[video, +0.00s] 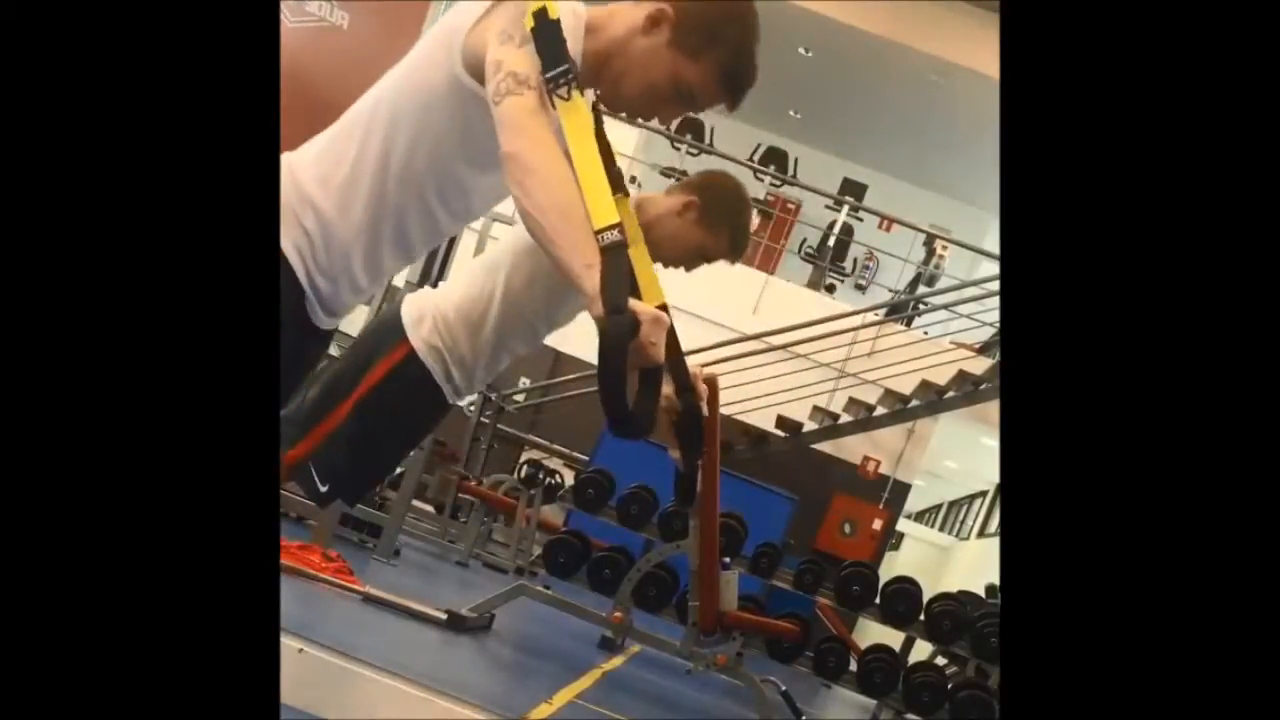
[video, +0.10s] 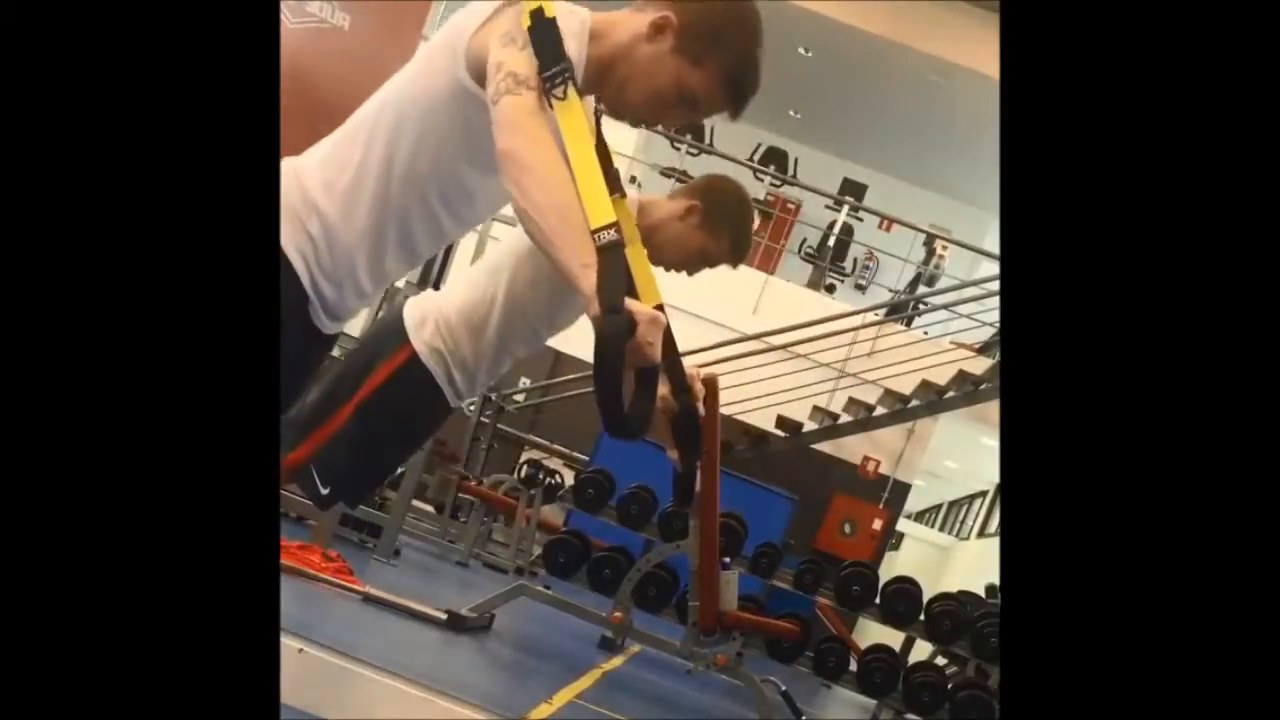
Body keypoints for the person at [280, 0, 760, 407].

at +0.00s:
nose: (668, 119)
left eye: (685, 113)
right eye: (681, 96)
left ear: (654, 20)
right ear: (657, 19)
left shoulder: (568, 92)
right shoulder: (525, 16)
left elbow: (608, 223)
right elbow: (525, 137)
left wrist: (665, 366)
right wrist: (608, 296)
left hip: (322, 305)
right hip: (288, 252)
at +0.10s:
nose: (675, 128)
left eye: (693, 122)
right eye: (687, 104)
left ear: (656, 30)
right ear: (661, 29)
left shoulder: (573, 107)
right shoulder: (536, 21)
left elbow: (608, 231)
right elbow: (520, 140)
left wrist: (664, 368)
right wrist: (608, 297)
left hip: (326, 310)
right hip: (289, 255)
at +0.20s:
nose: (677, 137)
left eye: (694, 131)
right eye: (690, 115)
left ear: (660, 40)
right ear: (666, 39)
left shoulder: (582, 124)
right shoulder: (542, 27)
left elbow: (611, 245)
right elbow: (519, 143)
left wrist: (669, 370)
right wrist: (601, 282)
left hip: (328, 319)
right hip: (290, 260)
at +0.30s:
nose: (686, 155)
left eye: (705, 148)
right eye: (698, 131)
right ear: (676, 57)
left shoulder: (588, 139)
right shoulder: (552, 39)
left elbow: (616, 250)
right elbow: (521, 141)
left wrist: (671, 363)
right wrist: (616, 280)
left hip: (330, 329)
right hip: (291, 272)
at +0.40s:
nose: (694, 177)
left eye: (712, 169)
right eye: (707, 156)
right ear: (685, 84)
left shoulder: (597, 144)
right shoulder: (563, 57)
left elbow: (627, 252)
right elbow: (519, 136)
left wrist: (670, 350)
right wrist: (621, 277)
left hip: (336, 342)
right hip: (294, 284)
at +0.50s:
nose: (704, 208)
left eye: (722, 203)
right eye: (718, 189)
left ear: (696, 120)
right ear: (697, 121)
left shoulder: (615, 174)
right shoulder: (582, 84)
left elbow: (634, 266)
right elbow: (522, 141)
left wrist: (683, 352)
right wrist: (628, 271)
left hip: (341, 357)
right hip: (297, 298)